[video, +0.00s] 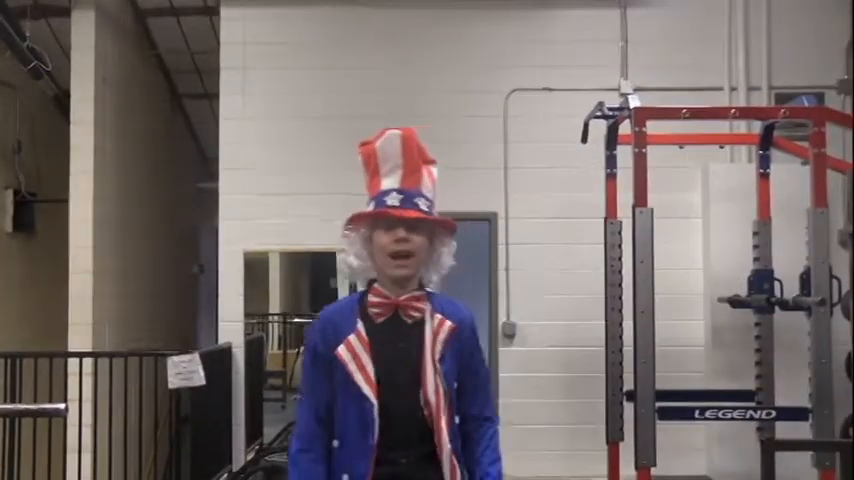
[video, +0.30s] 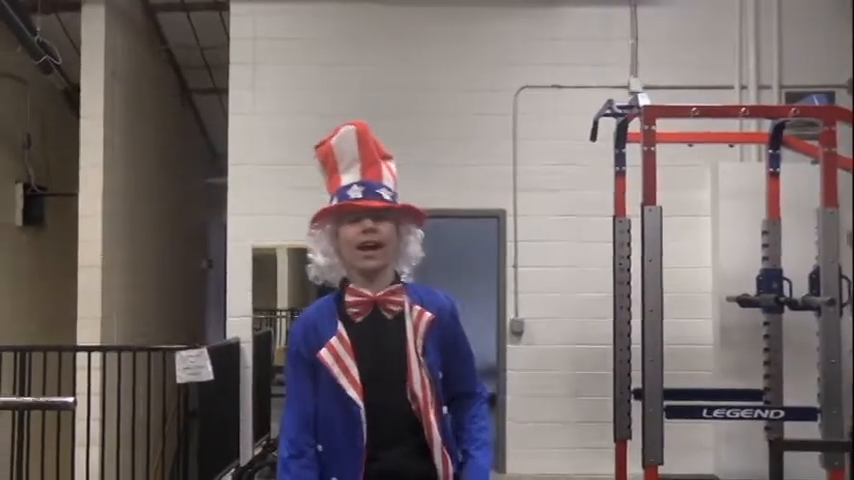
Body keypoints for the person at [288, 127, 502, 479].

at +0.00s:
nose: (401, 237)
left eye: (414, 227)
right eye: (387, 226)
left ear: (431, 242)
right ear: (367, 241)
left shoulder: (456, 321)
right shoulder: (332, 325)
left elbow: (480, 421)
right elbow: (311, 431)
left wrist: (488, 475)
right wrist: (309, 475)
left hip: (437, 472)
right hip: (362, 472)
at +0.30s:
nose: (369, 227)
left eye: (381, 217)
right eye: (353, 219)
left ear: (400, 232)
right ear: (334, 237)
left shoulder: (438, 311)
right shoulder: (311, 327)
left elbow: (469, 400)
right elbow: (298, 442)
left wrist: (475, 472)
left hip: (428, 471)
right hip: (351, 472)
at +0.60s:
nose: (415, 215)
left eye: (427, 204)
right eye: (400, 206)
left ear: (446, 221)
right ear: (380, 226)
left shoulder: (479, 303)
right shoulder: (353, 316)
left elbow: (514, 392)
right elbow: (333, 430)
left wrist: (525, 470)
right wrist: (329, 474)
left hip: (470, 471)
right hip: (389, 472)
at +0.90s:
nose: (435, 208)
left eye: (448, 199)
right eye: (420, 198)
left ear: (466, 215)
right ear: (400, 214)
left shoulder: (490, 294)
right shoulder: (364, 300)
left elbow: (535, 371)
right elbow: (319, 393)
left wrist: (550, 446)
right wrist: (327, 471)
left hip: (477, 469)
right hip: (393, 469)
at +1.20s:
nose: (407, 173)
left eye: (420, 164)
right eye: (393, 163)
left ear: (438, 180)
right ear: (371, 178)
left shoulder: (460, 261)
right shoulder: (333, 261)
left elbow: (505, 331)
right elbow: (286, 344)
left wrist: (510, 405)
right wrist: (290, 439)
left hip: (435, 456)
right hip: (349, 459)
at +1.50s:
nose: (377, 143)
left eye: (391, 133)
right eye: (364, 130)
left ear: (410, 148)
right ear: (343, 142)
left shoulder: (435, 226)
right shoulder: (304, 224)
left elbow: (490, 295)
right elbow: (269, 321)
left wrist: (478, 367)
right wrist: (253, 421)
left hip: (407, 422)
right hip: (321, 421)